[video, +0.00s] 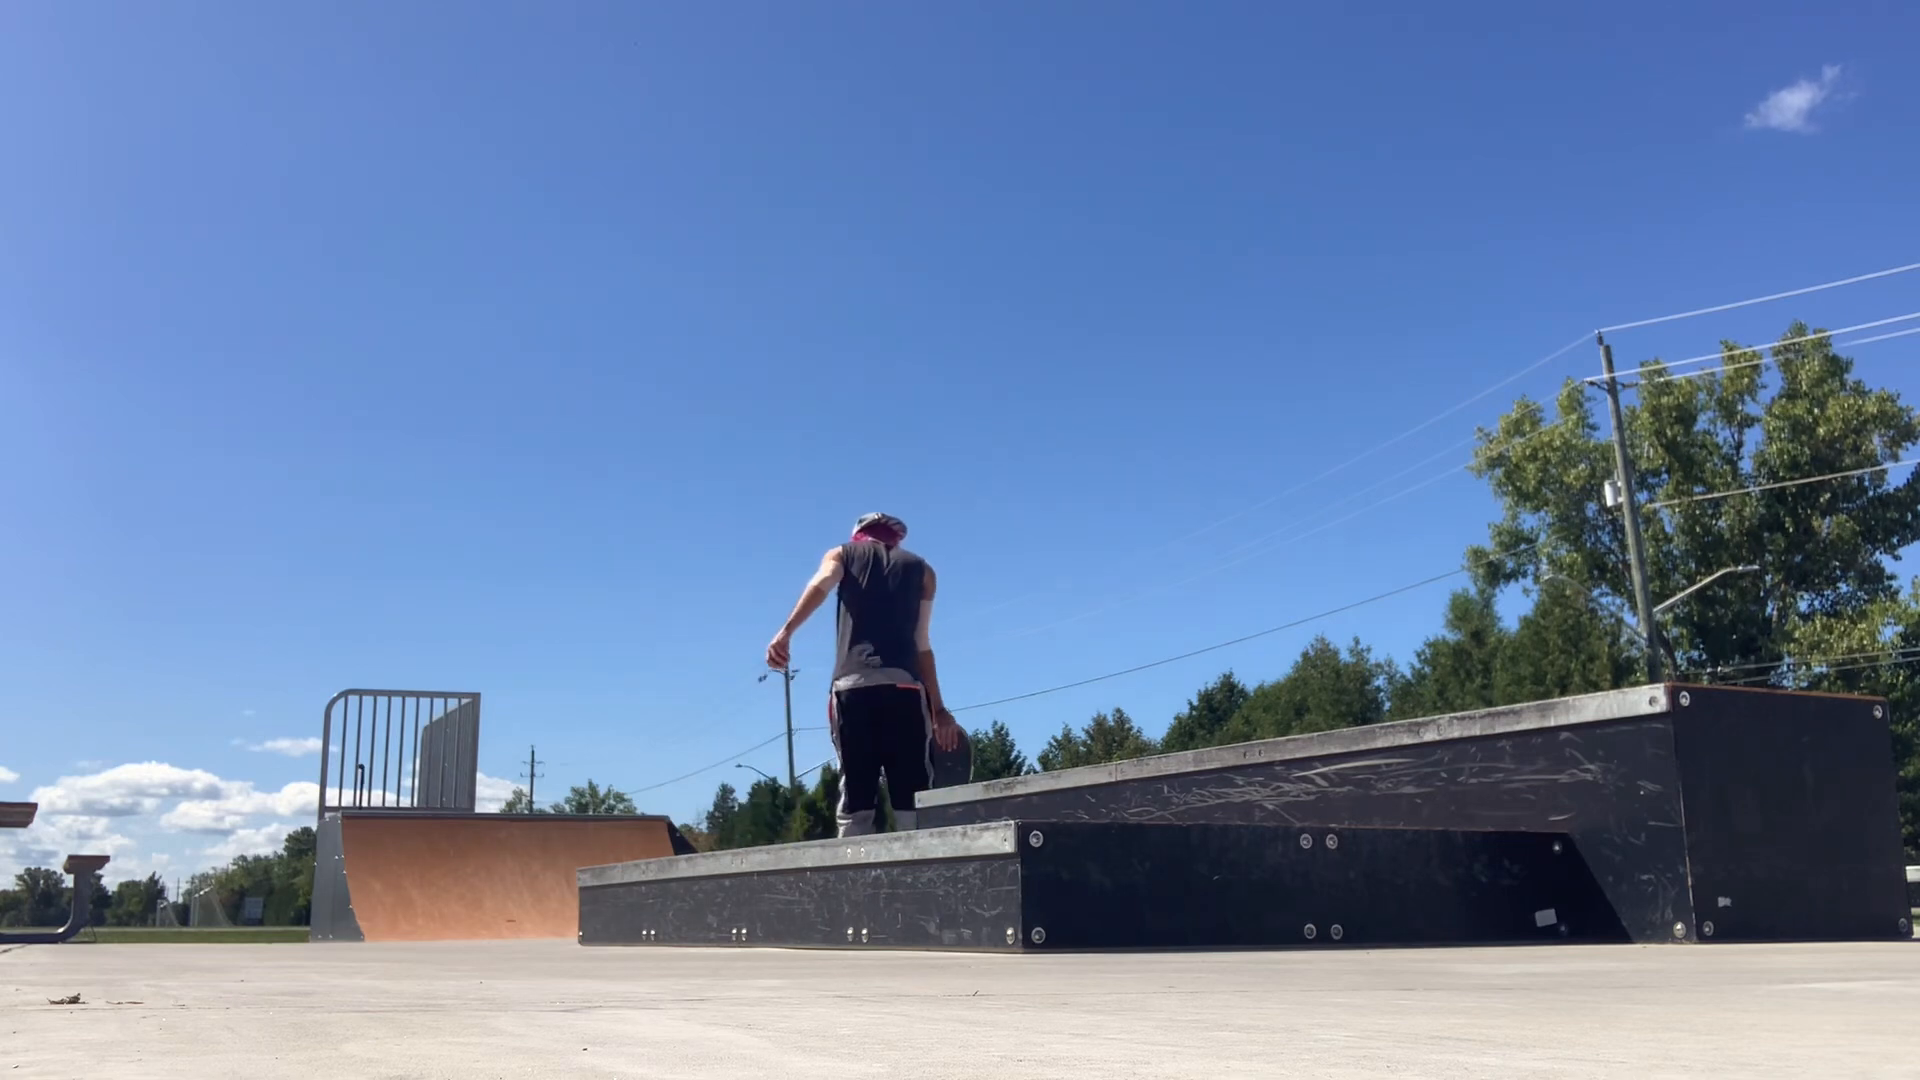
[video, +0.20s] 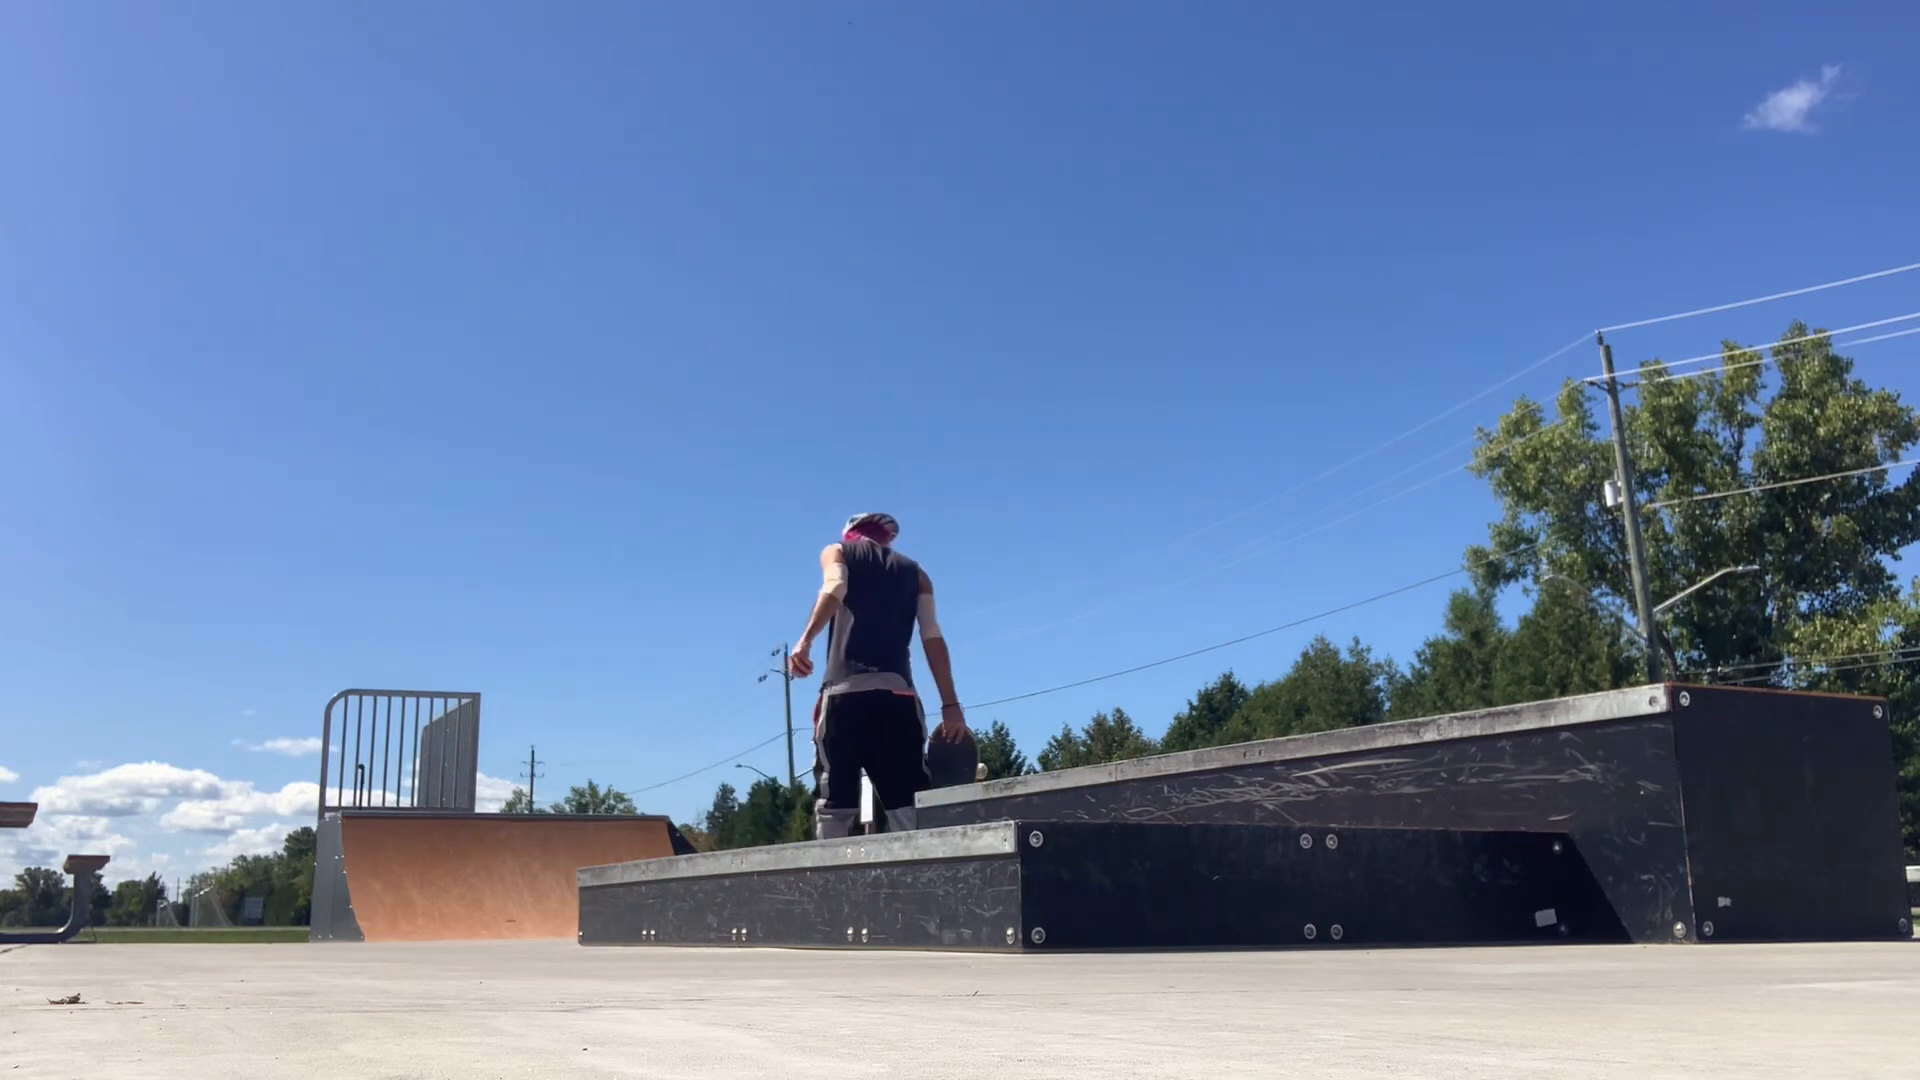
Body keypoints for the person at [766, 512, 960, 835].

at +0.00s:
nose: (851, 545)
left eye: (852, 541)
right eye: (902, 539)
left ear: (858, 536)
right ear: (897, 538)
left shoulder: (843, 553)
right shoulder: (922, 569)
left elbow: (821, 584)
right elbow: (921, 646)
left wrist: (785, 632)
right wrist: (939, 709)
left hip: (852, 696)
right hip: (905, 696)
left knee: (856, 799)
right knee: (909, 799)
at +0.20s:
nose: (844, 543)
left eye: (845, 538)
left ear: (851, 535)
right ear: (887, 537)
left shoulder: (838, 550)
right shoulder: (915, 571)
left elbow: (835, 589)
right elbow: (933, 639)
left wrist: (804, 642)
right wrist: (950, 704)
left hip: (844, 706)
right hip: (897, 706)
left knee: (835, 814)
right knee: (906, 812)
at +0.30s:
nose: (828, 546)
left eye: (829, 542)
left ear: (836, 539)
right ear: (872, 539)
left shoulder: (827, 556)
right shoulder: (902, 575)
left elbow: (827, 599)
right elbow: (918, 642)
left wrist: (803, 653)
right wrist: (942, 705)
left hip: (837, 713)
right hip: (890, 713)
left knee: (819, 826)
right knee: (902, 821)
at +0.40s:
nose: (805, 550)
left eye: (805, 546)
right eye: (806, 547)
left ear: (812, 542)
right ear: (850, 540)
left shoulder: (808, 562)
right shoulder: (882, 578)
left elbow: (812, 608)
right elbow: (898, 646)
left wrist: (786, 665)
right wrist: (930, 707)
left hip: (822, 721)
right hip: (877, 720)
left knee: (800, 825)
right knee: (897, 819)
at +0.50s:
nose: (778, 548)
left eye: (778, 543)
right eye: (778, 543)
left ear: (787, 539)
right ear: (823, 539)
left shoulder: (783, 563)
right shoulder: (855, 577)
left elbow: (786, 616)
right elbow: (877, 650)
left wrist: (759, 674)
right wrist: (912, 709)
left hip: (796, 720)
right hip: (851, 718)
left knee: (782, 814)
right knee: (875, 810)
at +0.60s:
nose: (754, 542)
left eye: (755, 535)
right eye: (752, 536)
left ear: (767, 532)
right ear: (797, 533)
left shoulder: (763, 561)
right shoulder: (834, 576)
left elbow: (755, 619)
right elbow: (852, 652)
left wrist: (722, 671)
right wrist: (881, 714)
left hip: (779, 712)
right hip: (826, 713)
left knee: (772, 810)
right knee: (826, 798)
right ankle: (879, 858)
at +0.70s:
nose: (733, 540)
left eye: (735, 532)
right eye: (733, 533)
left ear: (750, 527)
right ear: (776, 530)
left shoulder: (746, 558)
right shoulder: (813, 573)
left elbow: (727, 618)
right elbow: (827, 648)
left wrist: (686, 658)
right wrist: (853, 714)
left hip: (763, 707)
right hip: (808, 710)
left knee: (764, 805)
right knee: (796, 794)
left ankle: (784, 892)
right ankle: (829, 871)